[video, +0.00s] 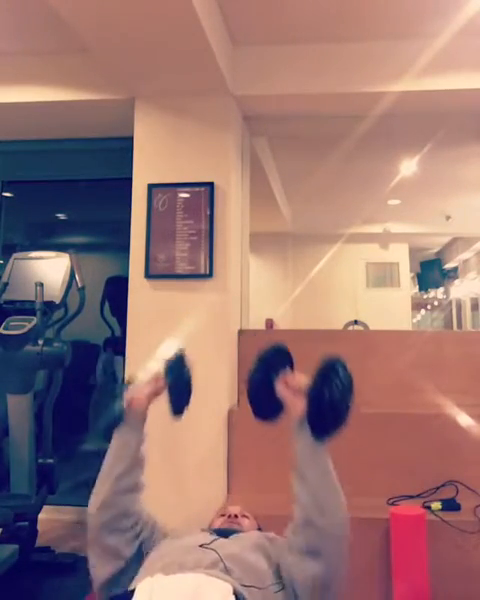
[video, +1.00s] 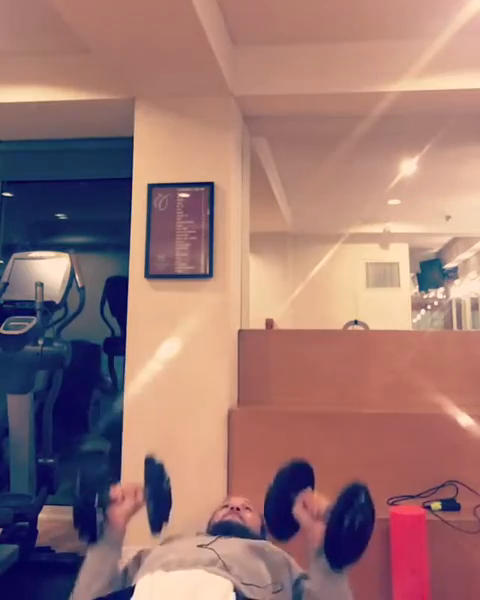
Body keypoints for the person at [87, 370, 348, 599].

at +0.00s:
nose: (232, 515)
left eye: (244, 517)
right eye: (224, 514)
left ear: (262, 534)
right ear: (206, 528)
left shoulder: (284, 558)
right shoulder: (153, 545)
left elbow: (323, 520)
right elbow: (110, 510)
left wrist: (302, 422)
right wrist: (133, 415)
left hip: (229, 590)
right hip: (154, 588)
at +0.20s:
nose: (235, 518)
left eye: (247, 519)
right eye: (226, 516)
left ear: (263, 531)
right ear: (211, 524)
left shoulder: (281, 565)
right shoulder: (154, 544)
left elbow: (293, 484)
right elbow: (155, 467)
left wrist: (281, 390)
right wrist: (157, 381)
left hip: (219, 589)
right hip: (149, 587)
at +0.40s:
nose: (234, 513)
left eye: (246, 514)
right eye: (225, 512)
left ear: (264, 530)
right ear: (208, 524)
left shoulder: (282, 556)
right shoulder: (154, 548)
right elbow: (127, 498)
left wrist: (289, 418)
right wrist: (147, 405)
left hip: (221, 591)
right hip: (150, 590)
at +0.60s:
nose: (236, 507)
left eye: (247, 508)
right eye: (227, 505)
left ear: (263, 531)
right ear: (209, 522)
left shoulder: (274, 550)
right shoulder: (164, 543)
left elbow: (342, 591)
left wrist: (315, 492)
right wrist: (118, 486)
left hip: (229, 590)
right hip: (157, 586)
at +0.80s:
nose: (237, 507)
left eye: (250, 507)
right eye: (228, 506)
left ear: (264, 526)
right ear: (210, 524)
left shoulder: (280, 559)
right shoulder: (159, 553)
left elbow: (316, 594)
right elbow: (109, 593)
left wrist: (322, 556)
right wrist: (113, 549)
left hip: (222, 589)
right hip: (156, 586)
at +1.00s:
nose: (235, 506)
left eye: (248, 507)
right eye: (225, 505)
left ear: (262, 529)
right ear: (206, 524)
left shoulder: (276, 558)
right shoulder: (155, 551)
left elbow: (318, 593)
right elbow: (88, 593)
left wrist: (320, 546)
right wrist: (113, 532)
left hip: (224, 589)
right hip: (154, 587)